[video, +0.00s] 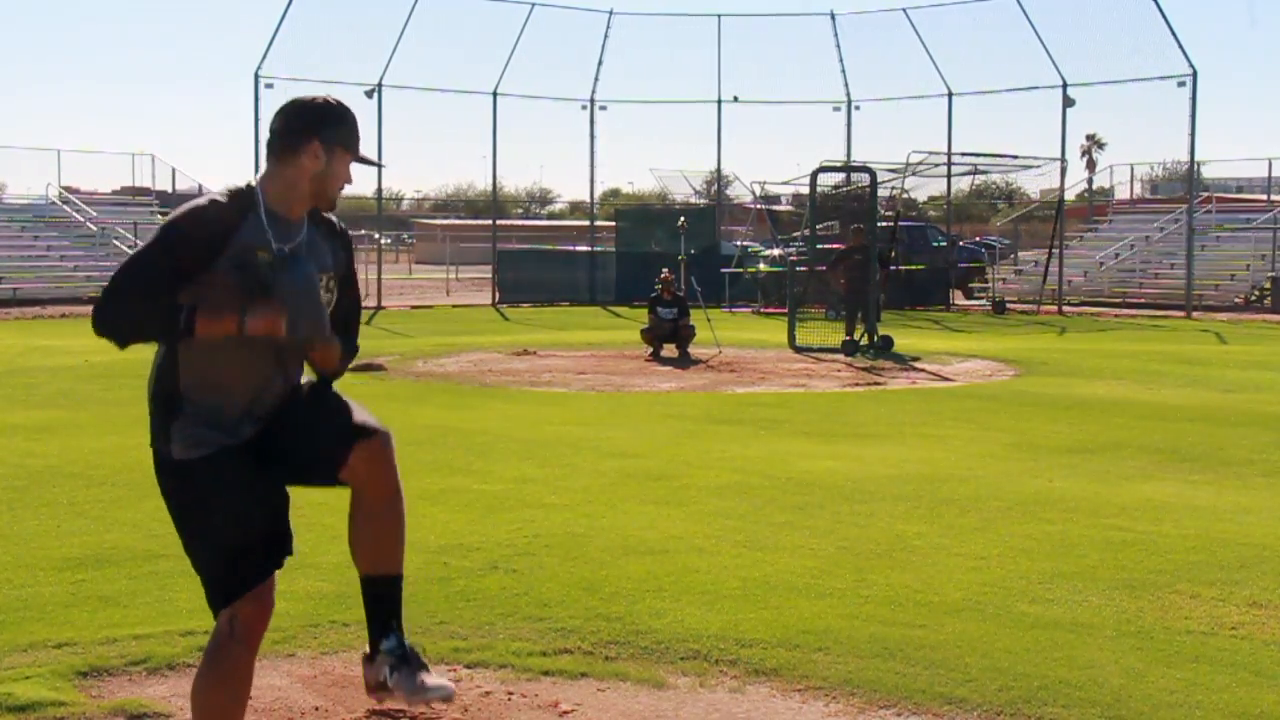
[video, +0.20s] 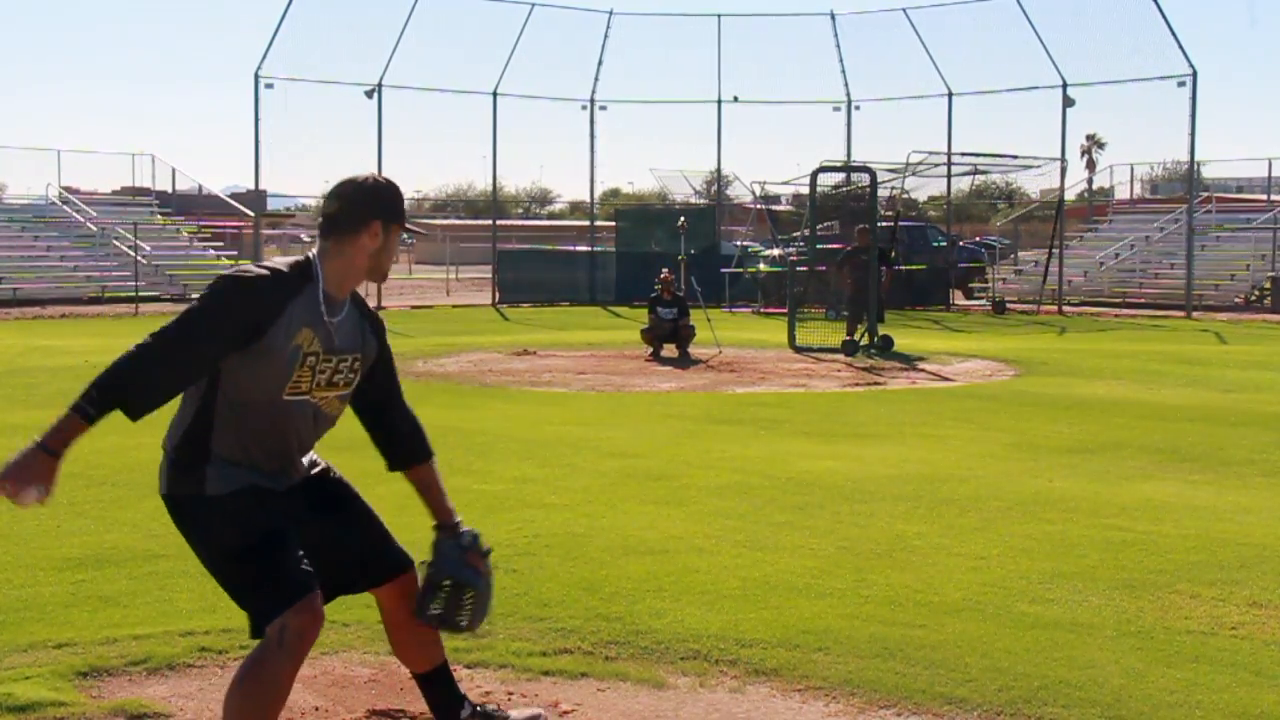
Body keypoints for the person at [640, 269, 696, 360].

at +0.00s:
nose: (667, 286)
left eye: (670, 283)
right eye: (664, 284)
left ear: (673, 285)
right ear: (661, 285)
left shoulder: (680, 299)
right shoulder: (654, 299)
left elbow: (685, 319)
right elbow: (651, 318)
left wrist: (674, 325)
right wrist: (663, 325)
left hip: (676, 328)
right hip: (660, 329)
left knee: (689, 329)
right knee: (645, 333)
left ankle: (682, 349)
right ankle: (656, 347)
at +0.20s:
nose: (667, 286)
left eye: (669, 283)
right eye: (664, 283)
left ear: (673, 284)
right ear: (660, 285)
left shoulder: (680, 299)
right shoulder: (654, 299)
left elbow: (685, 319)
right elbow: (651, 318)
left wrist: (673, 324)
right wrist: (663, 325)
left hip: (676, 328)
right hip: (660, 329)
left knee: (689, 330)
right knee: (645, 333)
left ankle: (682, 349)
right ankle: (656, 347)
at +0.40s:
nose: (667, 286)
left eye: (669, 283)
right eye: (664, 283)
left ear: (673, 284)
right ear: (660, 284)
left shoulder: (680, 298)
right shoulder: (654, 299)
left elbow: (685, 318)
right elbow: (652, 318)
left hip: (676, 327)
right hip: (660, 327)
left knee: (689, 329)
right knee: (646, 332)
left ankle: (682, 349)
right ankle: (656, 347)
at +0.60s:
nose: (667, 287)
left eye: (670, 284)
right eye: (664, 284)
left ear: (674, 285)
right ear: (660, 285)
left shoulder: (680, 299)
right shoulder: (656, 300)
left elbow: (685, 319)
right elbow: (651, 321)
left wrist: (672, 324)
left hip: (676, 328)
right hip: (661, 329)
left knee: (688, 329)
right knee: (646, 332)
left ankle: (683, 349)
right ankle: (656, 347)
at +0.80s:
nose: (667, 286)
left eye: (669, 283)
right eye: (664, 284)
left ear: (673, 284)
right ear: (660, 285)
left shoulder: (680, 299)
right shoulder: (654, 299)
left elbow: (685, 319)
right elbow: (650, 316)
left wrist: (674, 321)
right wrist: (655, 322)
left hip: (675, 327)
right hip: (660, 327)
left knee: (689, 330)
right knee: (646, 332)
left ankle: (682, 349)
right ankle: (656, 348)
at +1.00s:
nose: (664, 288)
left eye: (666, 285)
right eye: (661, 285)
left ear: (670, 286)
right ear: (658, 286)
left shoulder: (676, 299)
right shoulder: (653, 300)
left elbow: (682, 313)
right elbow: (649, 316)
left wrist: (672, 312)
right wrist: (648, 322)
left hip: (675, 324)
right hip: (660, 324)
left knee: (689, 330)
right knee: (649, 330)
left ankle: (683, 349)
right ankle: (656, 348)